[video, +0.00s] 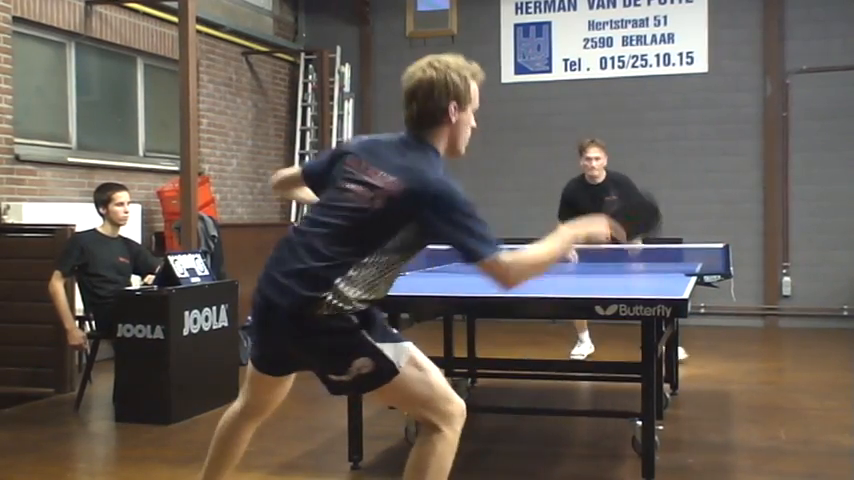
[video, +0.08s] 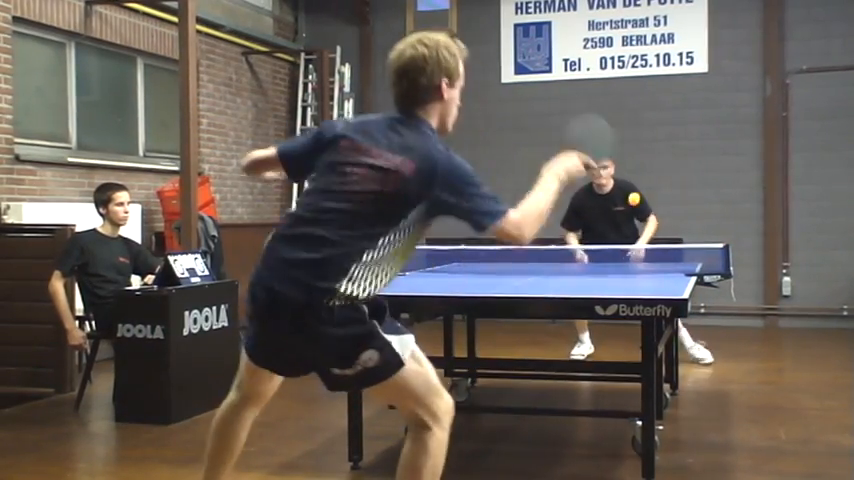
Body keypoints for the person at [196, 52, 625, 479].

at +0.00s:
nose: (476, 121)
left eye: (475, 109)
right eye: (473, 110)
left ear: (419, 109)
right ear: (452, 114)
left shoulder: (358, 148)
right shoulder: (434, 185)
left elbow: (283, 183)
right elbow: (508, 273)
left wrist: (324, 199)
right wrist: (569, 232)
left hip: (274, 298)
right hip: (330, 316)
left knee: (251, 406)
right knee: (447, 414)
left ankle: (209, 477)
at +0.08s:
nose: (460, 96)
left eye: (459, 84)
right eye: (459, 85)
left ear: (402, 86)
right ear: (443, 89)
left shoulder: (344, 130)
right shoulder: (436, 160)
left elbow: (255, 162)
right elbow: (519, 229)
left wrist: (281, 162)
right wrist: (556, 172)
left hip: (269, 295)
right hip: (335, 312)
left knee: (242, 400)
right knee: (434, 413)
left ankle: (211, 475)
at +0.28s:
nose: (413, 72)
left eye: (410, 62)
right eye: (411, 62)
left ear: (345, 65)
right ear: (402, 69)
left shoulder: (298, 111)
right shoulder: (411, 135)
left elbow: (199, 150)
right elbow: (483, 193)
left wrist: (188, 151)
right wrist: (486, 131)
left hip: (241, 277)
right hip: (319, 291)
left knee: (186, 406)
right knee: (398, 417)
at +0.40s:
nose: (370, 108)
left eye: (367, 99)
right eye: (369, 100)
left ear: (304, 104)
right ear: (360, 107)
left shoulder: (256, 156)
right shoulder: (376, 174)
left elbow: (153, 195)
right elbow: (459, 227)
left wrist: (149, 183)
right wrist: (456, 162)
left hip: (220, 343)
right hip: (308, 351)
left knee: (121, 454)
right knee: (392, 448)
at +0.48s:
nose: (333, 121)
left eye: (332, 110)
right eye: (332, 110)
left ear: (264, 113)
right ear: (319, 118)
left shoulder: (212, 166)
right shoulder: (329, 186)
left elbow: (104, 205)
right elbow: (423, 245)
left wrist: (108, 196)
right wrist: (426, 178)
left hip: (179, 363)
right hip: (271, 370)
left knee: (70, 463)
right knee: (364, 455)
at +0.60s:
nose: (276, 99)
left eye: (277, 90)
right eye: (276, 90)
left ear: (205, 91)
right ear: (264, 95)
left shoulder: (141, 139)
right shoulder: (259, 163)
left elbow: (35, 164)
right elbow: (364, 243)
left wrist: (26, 153)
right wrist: (376, 176)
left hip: (79, 340)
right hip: (172, 348)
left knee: (10, 462)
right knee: (295, 454)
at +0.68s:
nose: (247, 85)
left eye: (247, 73)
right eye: (249, 74)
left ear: (179, 72)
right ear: (237, 77)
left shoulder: (117, 118)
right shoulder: (227, 143)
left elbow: (13, 137)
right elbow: (333, 235)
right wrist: (356, 175)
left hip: (30, 302)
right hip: (116, 315)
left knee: (40, 455)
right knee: (253, 450)